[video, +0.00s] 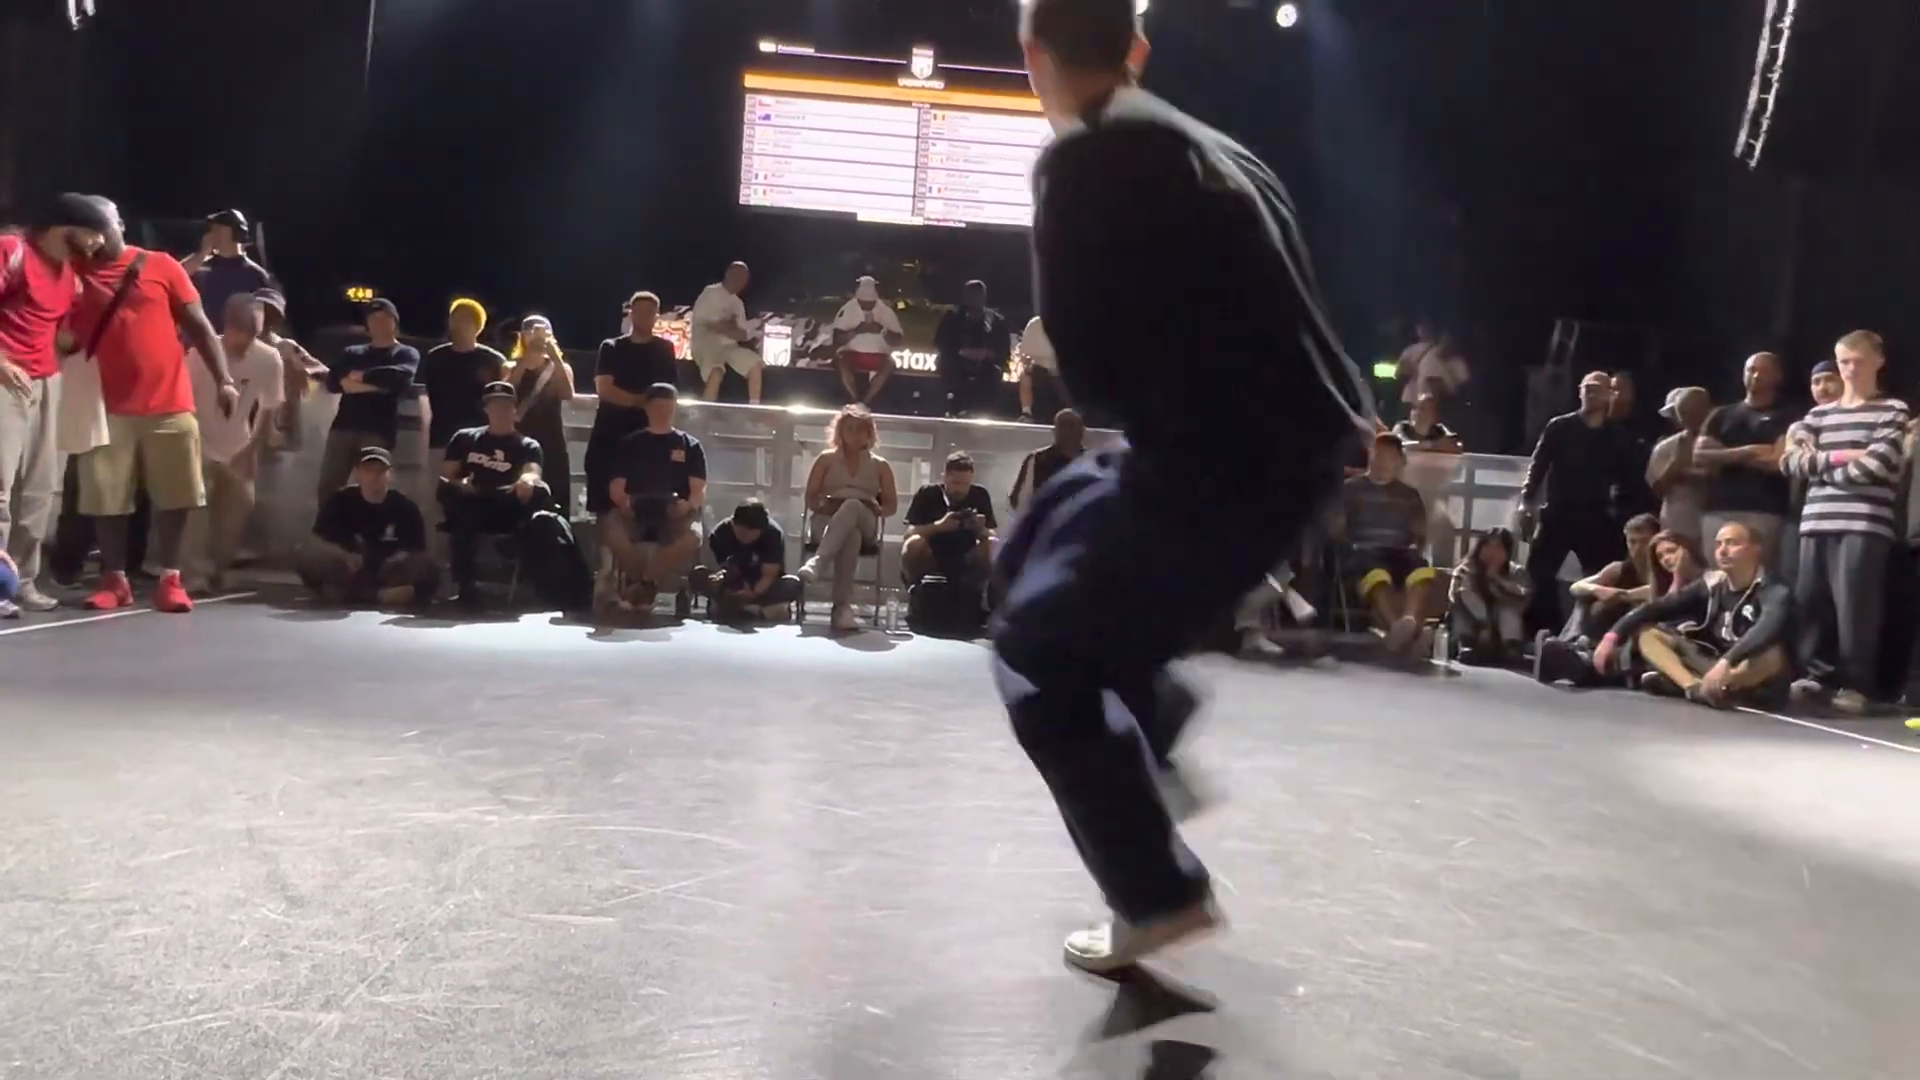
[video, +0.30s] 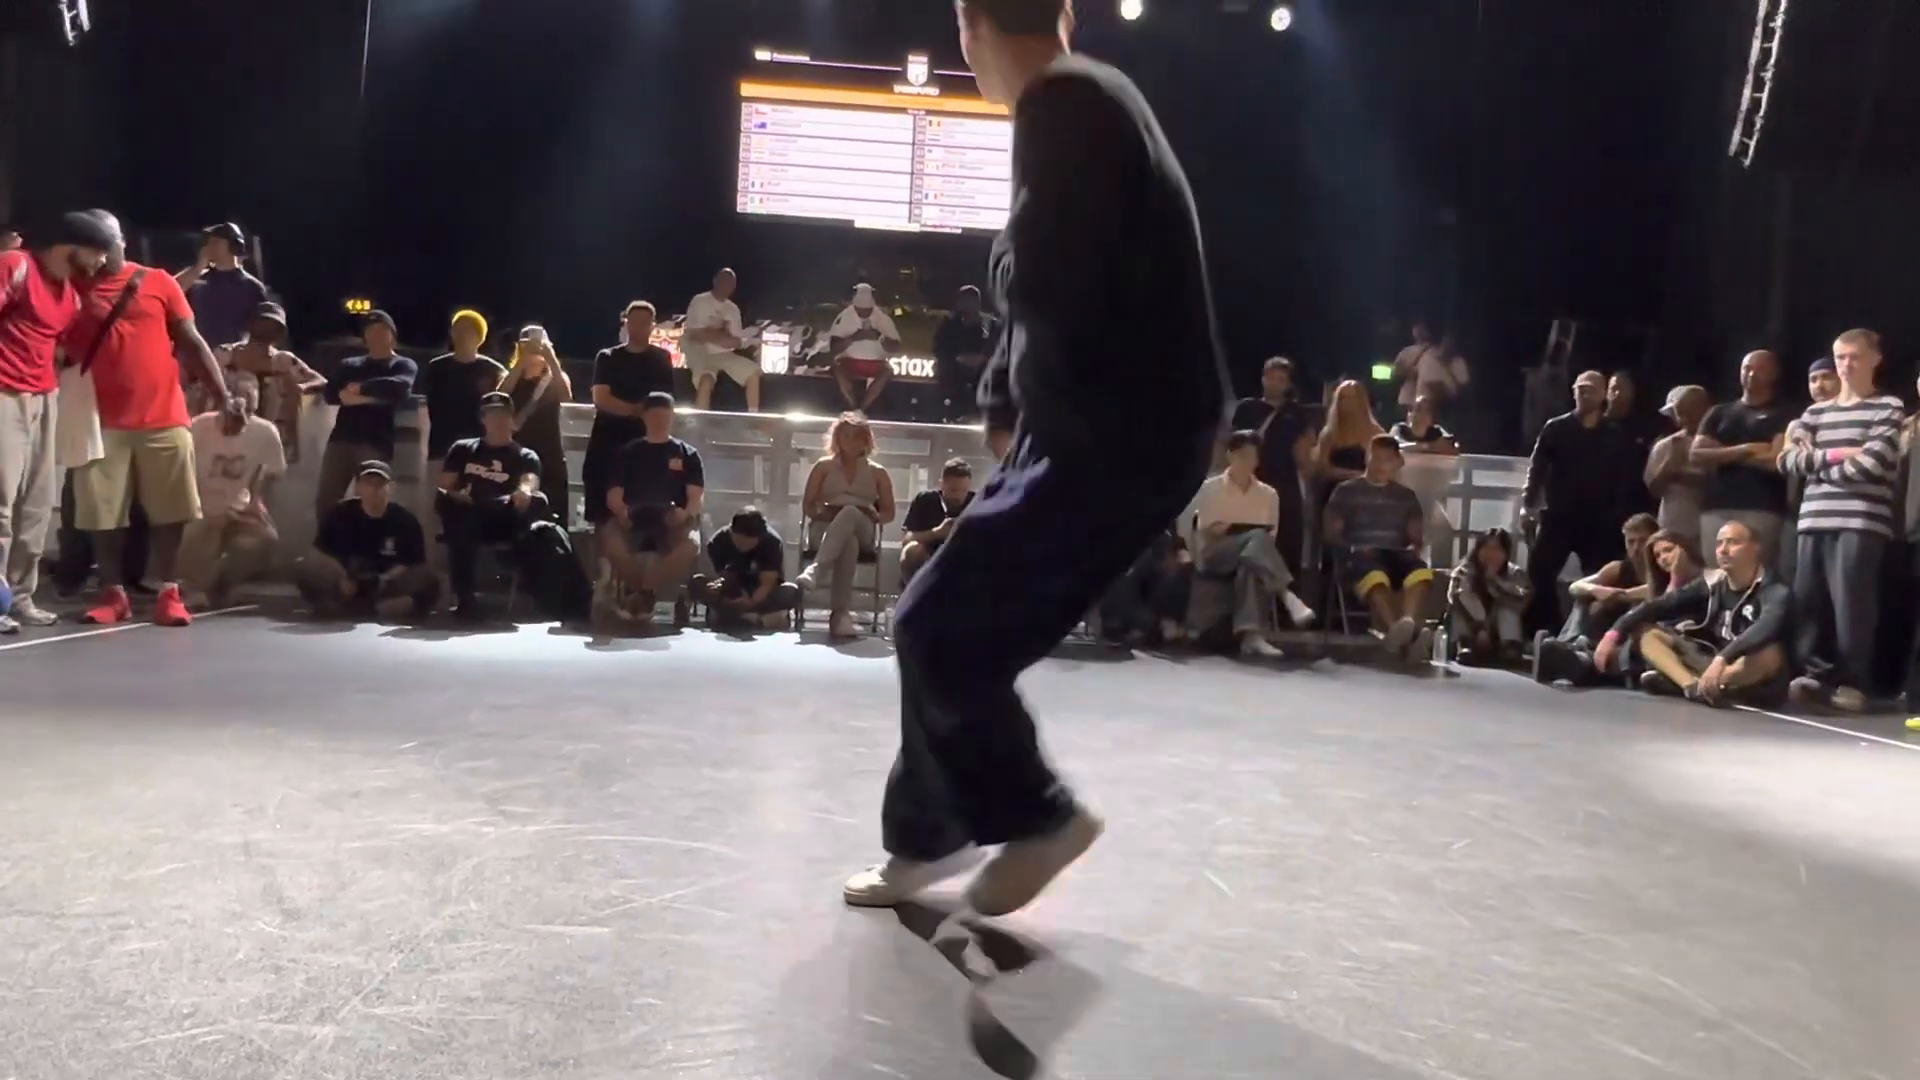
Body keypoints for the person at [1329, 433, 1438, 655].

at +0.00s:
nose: (1382, 462)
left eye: (1389, 457)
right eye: (1378, 455)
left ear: (1399, 462)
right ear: (1370, 458)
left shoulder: (1410, 495)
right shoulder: (1350, 489)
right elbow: (1337, 528)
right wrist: (1347, 550)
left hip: (1400, 551)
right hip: (1365, 549)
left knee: (1422, 576)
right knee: (1378, 580)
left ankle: (1408, 631)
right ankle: (1401, 637)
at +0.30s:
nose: (1380, 465)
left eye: (1387, 460)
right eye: (1376, 458)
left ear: (1397, 464)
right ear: (1368, 459)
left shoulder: (1407, 496)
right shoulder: (1345, 491)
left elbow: (1416, 537)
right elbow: (1332, 534)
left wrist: (1412, 549)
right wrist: (1352, 550)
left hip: (1398, 552)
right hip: (1362, 550)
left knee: (1421, 574)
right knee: (1376, 581)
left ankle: (1405, 631)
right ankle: (1402, 641)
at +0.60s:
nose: (1376, 450)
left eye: (1383, 445)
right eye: (1373, 444)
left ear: (1393, 449)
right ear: (1364, 444)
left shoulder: (1402, 480)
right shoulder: (1341, 477)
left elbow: (1412, 524)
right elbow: (1327, 521)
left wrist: (1406, 536)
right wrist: (1352, 535)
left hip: (1393, 537)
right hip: (1359, 536)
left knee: (1417, 558)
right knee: (1371, 563)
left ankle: (1403, 614)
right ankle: (1397, 622)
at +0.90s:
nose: (1380, 463)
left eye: (1387, 458)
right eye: (1376, 457)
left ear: (1397, 462)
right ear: (1368, 458)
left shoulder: (1407, 494)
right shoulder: (1347, 490)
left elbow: (1417, 537)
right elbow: (1332, 534)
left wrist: (1413, 549)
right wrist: (1357, 548)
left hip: (1400, 550)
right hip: (1366, 549)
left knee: (1424, 573)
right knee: (1379, 579)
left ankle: (1409, 627)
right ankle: (1403, 637)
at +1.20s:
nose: (1381, 463)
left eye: (1387, 458)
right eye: (1376, 457)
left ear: (1397, 461)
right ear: (1368, 458)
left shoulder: (1408, 494)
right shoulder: (1347, 490)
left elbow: (1418, 537)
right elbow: (1333, 534)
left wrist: (1414, 548)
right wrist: (1357, 548)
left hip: (1400, 551)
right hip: (1367, 549)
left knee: (1425, 572)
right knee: (1379, 578)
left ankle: (1410, 628)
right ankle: (1405, 637)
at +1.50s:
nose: (1382, 463)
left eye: (1389, 457)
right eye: (1378, 456)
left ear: (1400, 461)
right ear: (1369, 458)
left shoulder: (1410, 494)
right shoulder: (1349, 490)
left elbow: (1421, 537)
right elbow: (1335, 534)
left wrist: (1416, 548)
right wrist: (1359, 548)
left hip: (1402, 551)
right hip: (1368, 550)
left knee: (1427, 572)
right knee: (1381, 578)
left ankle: (1412, 629)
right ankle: (1409, 638)